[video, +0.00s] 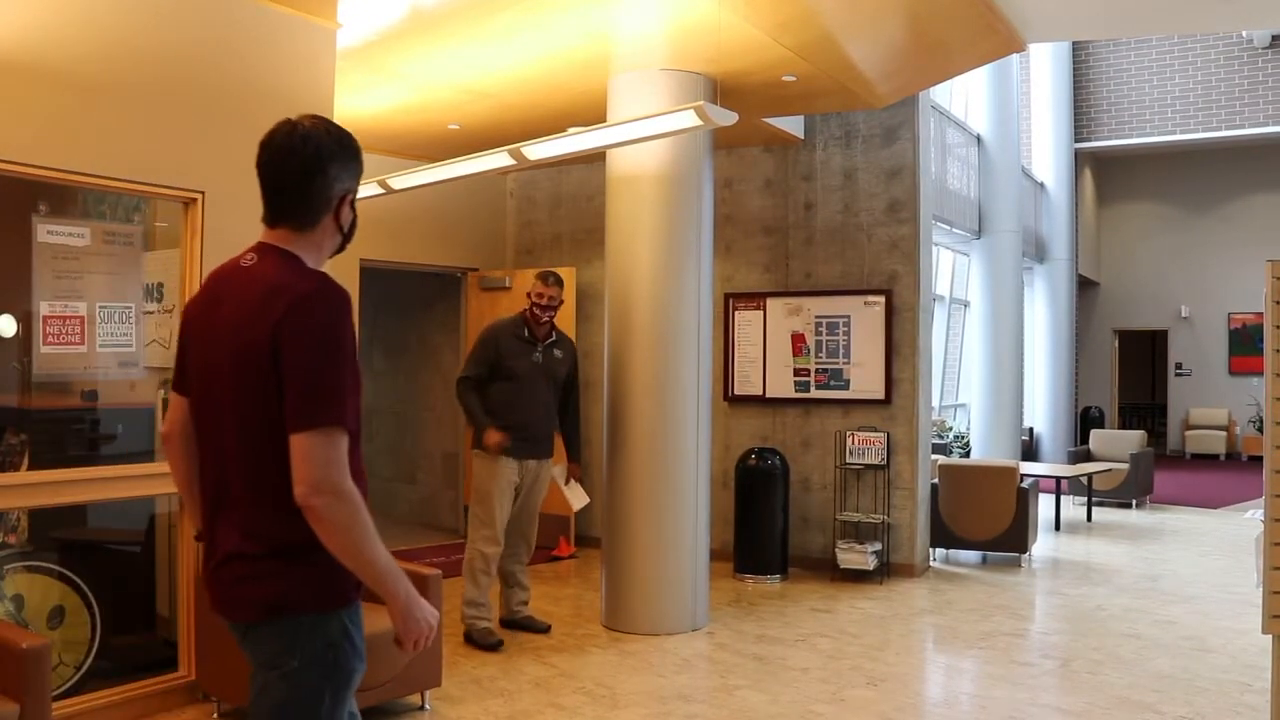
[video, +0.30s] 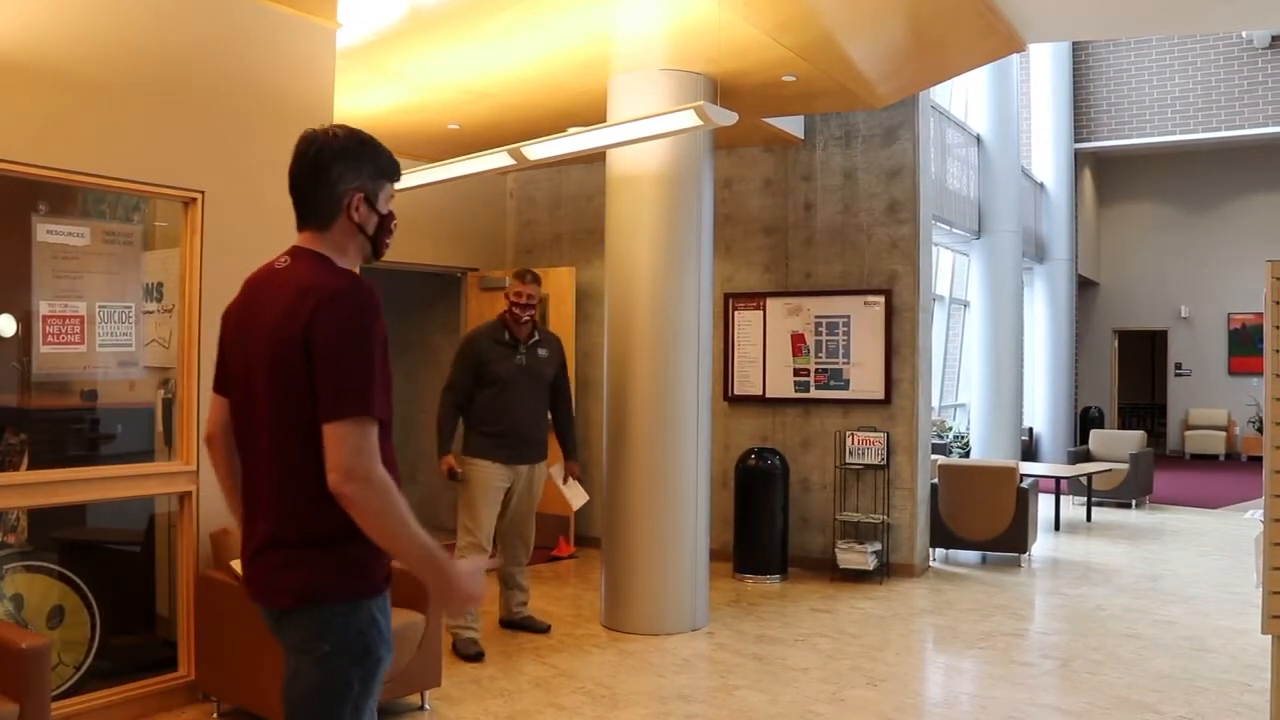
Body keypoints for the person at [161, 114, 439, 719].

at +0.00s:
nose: (355, 212)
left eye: (356, 195)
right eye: (356, 196)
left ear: (269, 192)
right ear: (344, 206)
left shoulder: (211, 294)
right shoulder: (315, 300)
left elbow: (177, 432)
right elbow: (320, 485)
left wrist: (209, 526)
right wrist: (403, 597)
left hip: (240, 578)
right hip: (303, 592)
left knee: (322, 702)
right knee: (302, 709)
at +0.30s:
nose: (393, 217)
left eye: (393, 200)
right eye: (389, 200)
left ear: (306, 203)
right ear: (356, 206)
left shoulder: (254, 291)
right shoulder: (344, 296)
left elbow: (219, 433)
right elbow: (353, 472)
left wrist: (254, 533)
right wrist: (438, 568)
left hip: (278, 573)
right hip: (334, 585)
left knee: (337, 706)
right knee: (335, 711)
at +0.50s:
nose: (408, 221)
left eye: (409, 205)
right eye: (406, 204)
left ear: (325, 202)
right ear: (377, 207)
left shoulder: (277, 288)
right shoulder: (363, 293)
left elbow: (238, 425)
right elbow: (386, 458)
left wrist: (296, 490)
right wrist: (511, 521)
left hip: (295, 567)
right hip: (355, 579)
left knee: (338, 707)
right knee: (362, 709)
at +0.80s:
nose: (425, 228)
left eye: (426, 213)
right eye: (426, 212)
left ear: (347, 207)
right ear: (408, 216)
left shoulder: (299, 292)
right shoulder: (388, 294)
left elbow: (261, 422)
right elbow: (414, 448)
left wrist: (333, 463)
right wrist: (544, 492)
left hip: (318, 555)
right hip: (391, 562)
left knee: (349, 712)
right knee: (443, 707)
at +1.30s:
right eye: (478, 218)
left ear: (396, 212)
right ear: (469, 224)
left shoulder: (343, 298)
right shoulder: (459, 304)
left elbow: (303, 422)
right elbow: (496, 458)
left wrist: (369, 457)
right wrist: (624, 494)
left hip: (370, 559)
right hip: (451, 563)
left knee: (385, 711)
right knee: (498, 707)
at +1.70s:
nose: (546, 223)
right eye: (548, 212)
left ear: (464, 206)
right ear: (541, 218)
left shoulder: (406, 296)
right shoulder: (539, 301)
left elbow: (360, 430)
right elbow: (582, 461)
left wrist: (416, 462)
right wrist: (709, 496)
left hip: (439, 573)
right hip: (528, 582)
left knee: (440, 714)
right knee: (541, 713)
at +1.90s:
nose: (583, 219)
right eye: (584, 208)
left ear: (500, 208)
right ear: (578, 218)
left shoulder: (440, 296)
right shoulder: (574, 302)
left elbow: (389, 428)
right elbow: (617, 465)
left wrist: (428, 460)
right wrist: (744, 501)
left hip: (471, 566)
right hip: (553, 574)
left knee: (507, 704)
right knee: (552, 708)